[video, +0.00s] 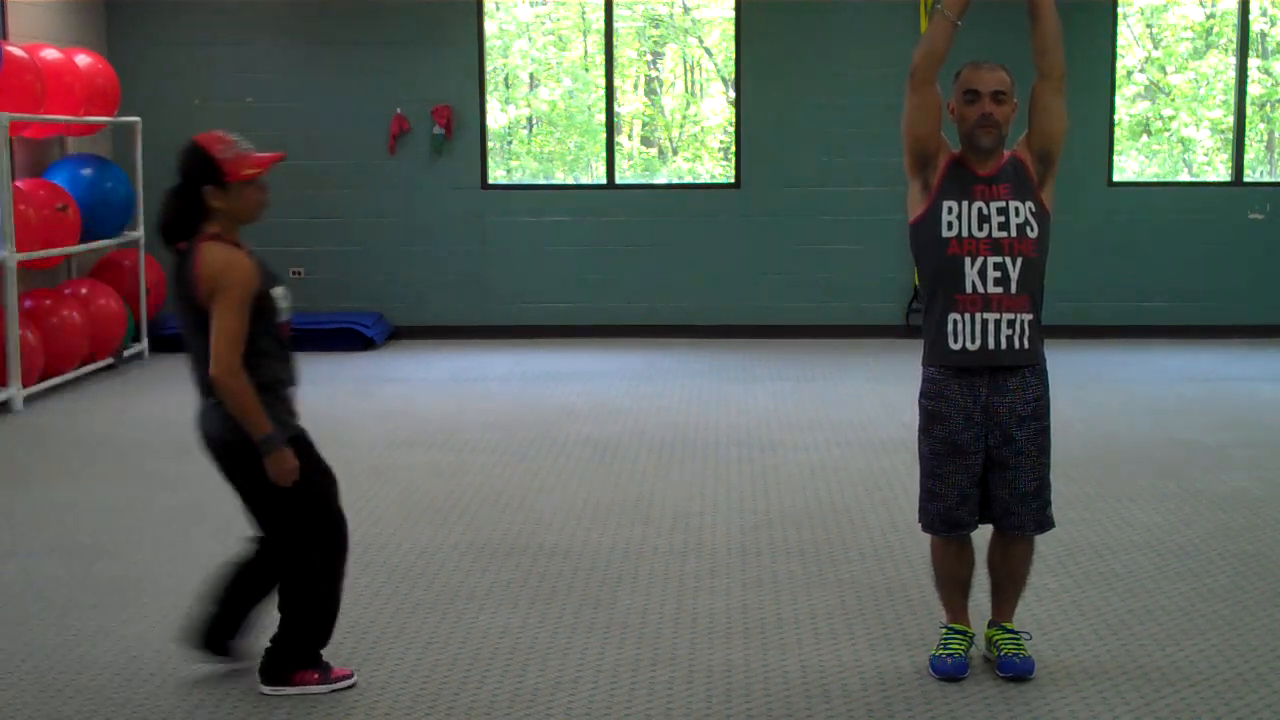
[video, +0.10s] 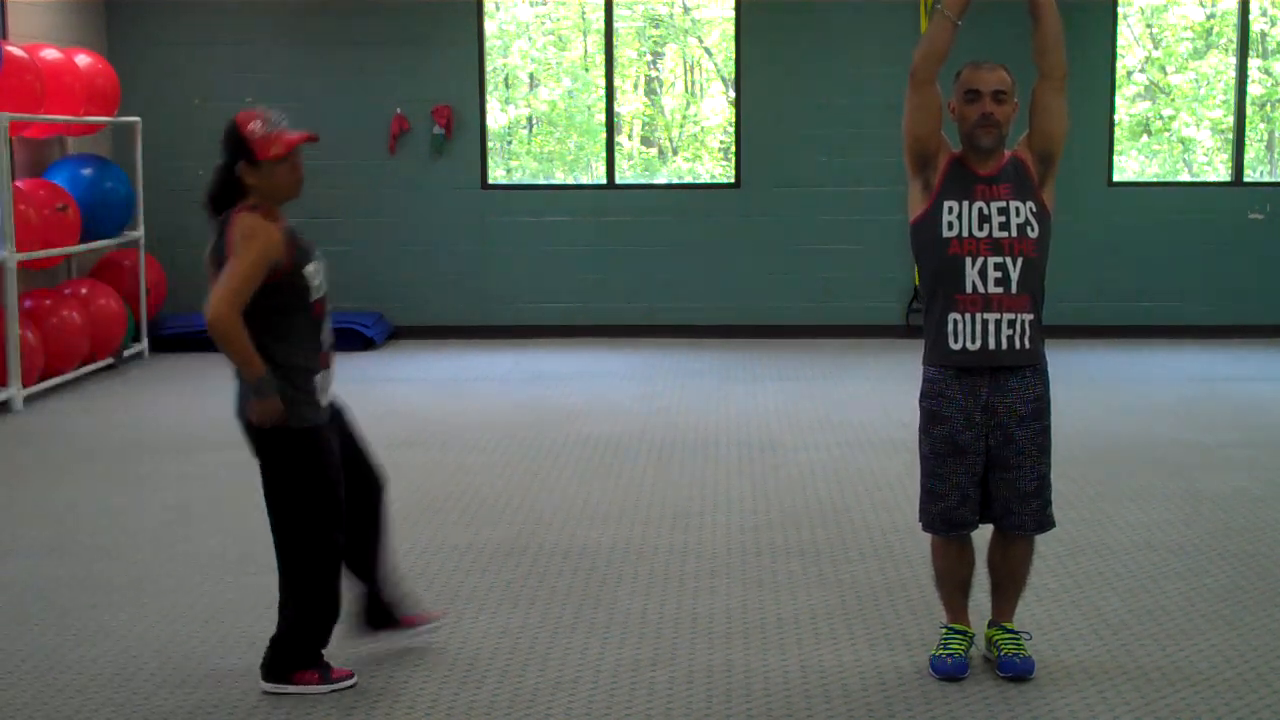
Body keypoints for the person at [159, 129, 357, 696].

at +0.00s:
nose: (263, 191)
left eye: (260, 181)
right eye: (250, 184)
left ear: (217, 194)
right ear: (215, 195)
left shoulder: (204, 254)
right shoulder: (231, 264)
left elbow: (219, 356)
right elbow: (225, 369)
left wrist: (272, 412)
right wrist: (271, 443)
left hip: (233, 424)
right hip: (255, 428)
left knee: (288, 532)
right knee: (322, 532)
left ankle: (219, 630)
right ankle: (293, 661)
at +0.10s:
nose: (298, 168)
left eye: (296, 157)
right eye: (285, 161)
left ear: (261, 172)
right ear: (251, 174)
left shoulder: (263, 221)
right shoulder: (255, 231)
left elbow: (230, 297)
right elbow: (220, 312)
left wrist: (306, 354)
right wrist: (261, 382)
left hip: (305, 399)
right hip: (283, 407)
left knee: (362, 491)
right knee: (311, 532)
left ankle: (377, 608)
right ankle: (292, 662)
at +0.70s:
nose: (406, 169)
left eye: (417, 156)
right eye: (397, 159)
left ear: (439, 163)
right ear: (390, 169)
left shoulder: (468, 223)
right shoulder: (384, 230)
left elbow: (495, 180)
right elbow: (354, 197)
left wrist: (455, 120)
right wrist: (385, 138)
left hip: (474, 406)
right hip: (402, 408)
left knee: (501, 527)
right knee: (370, 510)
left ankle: (513, 639)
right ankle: (435, 629)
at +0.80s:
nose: (412, 146)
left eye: (423, 136)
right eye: (401, 139)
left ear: (446, 149)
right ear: (391, 154)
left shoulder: (472, 207)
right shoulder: (386, 211)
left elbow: (474, 132)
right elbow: (333, 148)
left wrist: (443, 61)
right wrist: (317, 79)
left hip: (471, 401)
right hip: (396, 397)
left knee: (492, 529)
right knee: (347, 496)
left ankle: (512, 641)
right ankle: (381, 621)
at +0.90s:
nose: (409, 148)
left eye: (421, 137)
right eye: (399, 139)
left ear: (445, 147)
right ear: (389, 151)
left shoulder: (471, 204)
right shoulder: (383, 208)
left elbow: (470, 128)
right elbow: (303, 155)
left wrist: (437, 50)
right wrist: (244, 102)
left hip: (464, 399)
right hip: (390, 392)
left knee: (485, 528)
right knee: (332, 504)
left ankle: (512, 641)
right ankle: (315, 619)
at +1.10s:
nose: (395, 166)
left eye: (407, 157)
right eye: (387, 157)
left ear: (432, 166)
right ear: (377, 165)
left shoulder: (451, 226)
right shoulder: (353, 227)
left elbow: (456, 148)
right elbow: (272, 255)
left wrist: (434, 73)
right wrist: (193, 280)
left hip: (435, 415)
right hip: (359, 416)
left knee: (477, 531)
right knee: (324, 526)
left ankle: (516, 641)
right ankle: (285, 631)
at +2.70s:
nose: (510, 185)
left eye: (520, 175)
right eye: (500, 176)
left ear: (541, 181)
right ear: (489, 183)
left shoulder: (567, 238)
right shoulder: (478, 237)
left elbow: (620, 294)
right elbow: (438, 190)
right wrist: (468, 129)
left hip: (565, 413)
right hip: (495, 417)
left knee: (615, 526)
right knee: (470, 531)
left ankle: (668, 628)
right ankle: (440, 626)